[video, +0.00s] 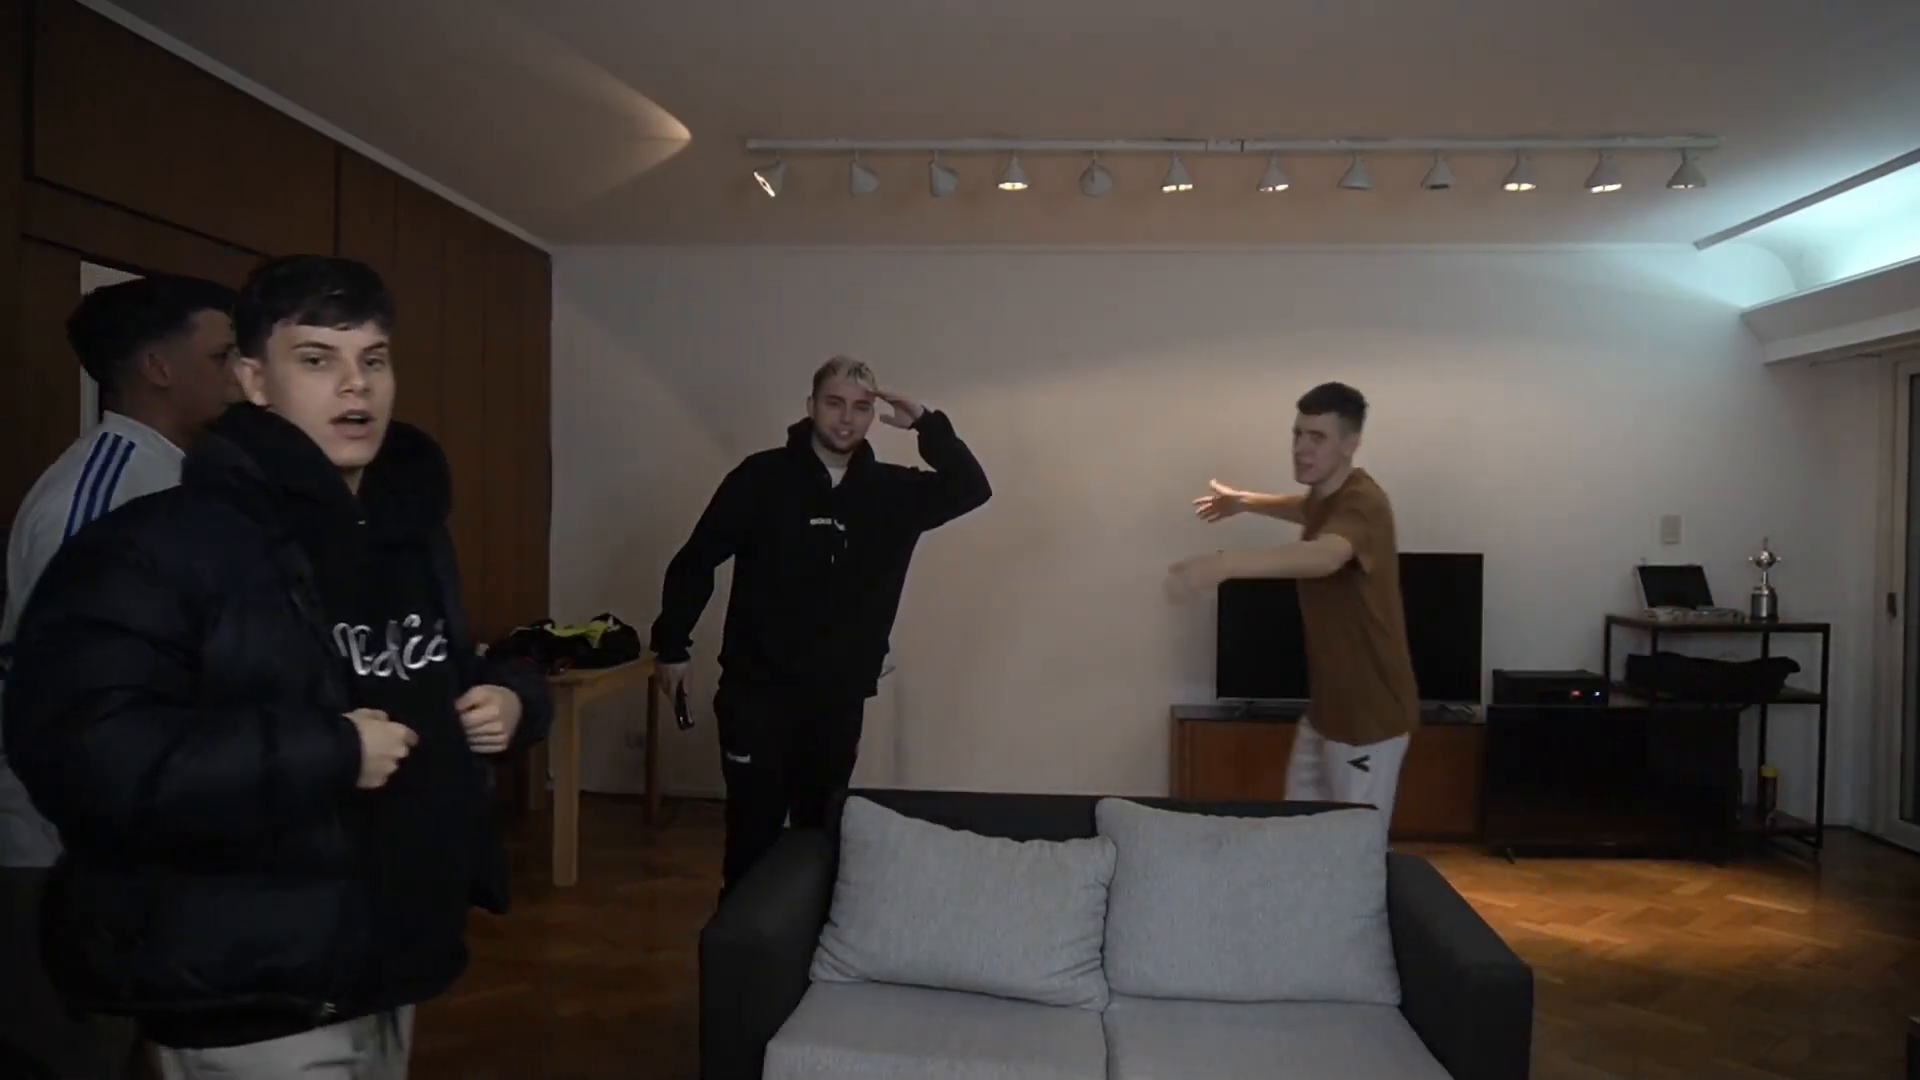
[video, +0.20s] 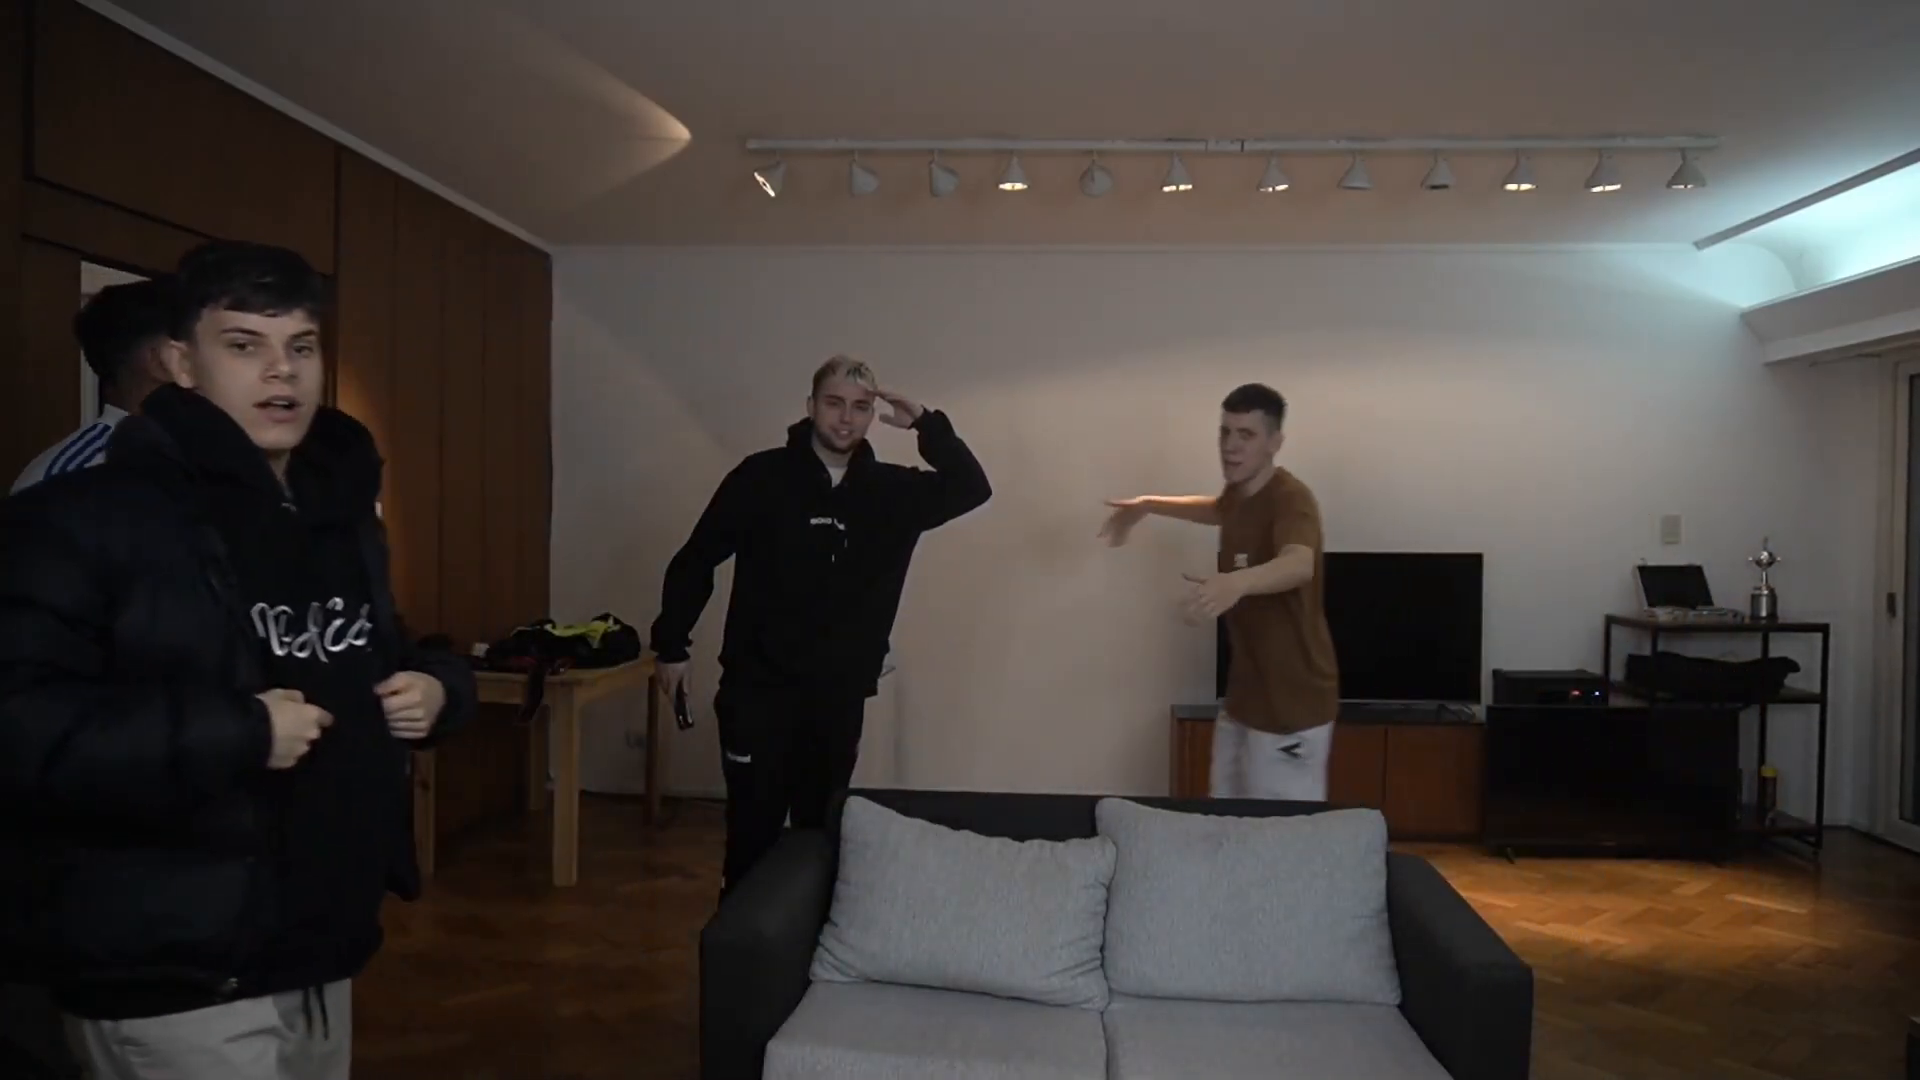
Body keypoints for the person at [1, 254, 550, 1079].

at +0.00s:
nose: (356, 387)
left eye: (374, 360)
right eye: (317, 360)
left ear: (394, 373)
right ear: (251, 377)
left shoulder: (404, 526)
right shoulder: (160, 545)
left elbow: (449, 674)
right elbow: (81, 752)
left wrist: (511, 701)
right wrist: (328, 751)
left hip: (390, 969)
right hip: (247, 994)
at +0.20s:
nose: (282, 372)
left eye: (301, 347)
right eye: (246, 345)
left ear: (325, 364)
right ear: (180, 360)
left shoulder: (334, 502)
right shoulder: (90, 513)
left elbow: (378, 657)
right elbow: (29, 729)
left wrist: (439, 689)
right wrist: (236, 732)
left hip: (318, 942)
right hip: (167, 959)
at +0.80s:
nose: (126, 371)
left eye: (137, 357)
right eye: (103, 354)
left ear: (148, 373)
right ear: (47, 366)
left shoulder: (172, 492)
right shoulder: (22, 473)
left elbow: (177, 627)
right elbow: (27, 616)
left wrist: (189, 736)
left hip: (149, 786)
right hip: (40, 788)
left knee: (134, 990)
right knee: (44, 994)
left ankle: (124, 1073)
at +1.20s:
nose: (94, 372)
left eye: (107, 358)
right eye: (71, 357)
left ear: (123, 371)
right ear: (26, 373)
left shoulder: (176, 486)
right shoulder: (6, 481)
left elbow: (195, 605)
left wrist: (214, 718)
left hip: (160, 775)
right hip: (31, 779)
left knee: (171, 958)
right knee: (32, 980)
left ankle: (159, 1074)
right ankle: (39, 1076)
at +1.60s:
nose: (157, 382)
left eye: (169, 368)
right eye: (134, 368)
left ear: (183, 380)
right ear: (93, 382)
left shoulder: (226, 495)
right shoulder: (41, 493)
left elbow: (240, 613)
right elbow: (1, 640)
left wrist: (256, 713)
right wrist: (15, 766)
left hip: (193, 782)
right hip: (71, 788)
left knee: (170, 962)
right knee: (52, 987)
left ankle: (155, 1073)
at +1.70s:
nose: (175, 383)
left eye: (187, 369)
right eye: (153, 369)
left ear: (202, 381)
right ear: (110, 382)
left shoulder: (235, 500)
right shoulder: (57, 491)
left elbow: (241, 618)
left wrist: (251, 723)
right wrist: (46, 738)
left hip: (196, 787)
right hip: (77, 792)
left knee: (167, 961)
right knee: (53, 991)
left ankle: (155, 1074)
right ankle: (44, 1077)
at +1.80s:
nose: (191, 384)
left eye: (203, 371)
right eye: (169, 370)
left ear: (214, 383)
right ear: (124, 382)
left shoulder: (241, 502)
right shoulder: (69, 485)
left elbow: (240, 622)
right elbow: (1, 608)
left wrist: (248, 727)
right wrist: (85, 649)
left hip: (199, 781)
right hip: (83, 782)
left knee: (168, 958)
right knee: (58, 983)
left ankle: (154, 1073)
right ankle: (46, 1077)